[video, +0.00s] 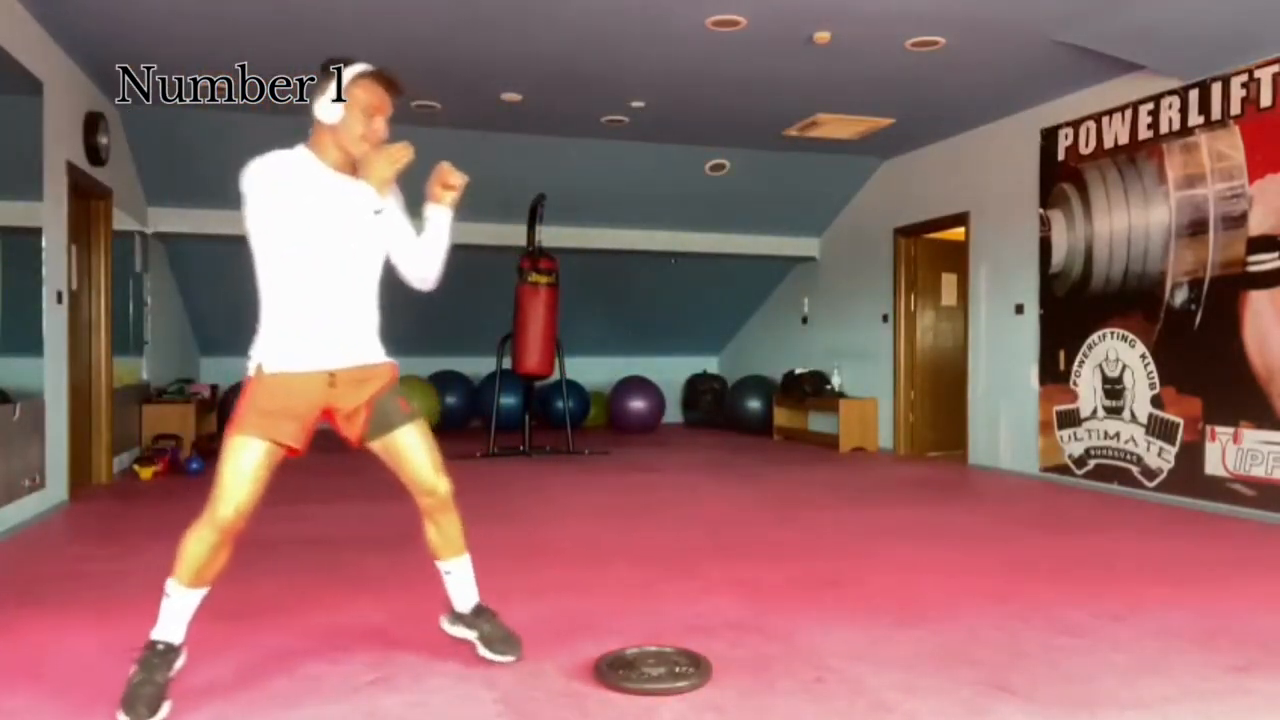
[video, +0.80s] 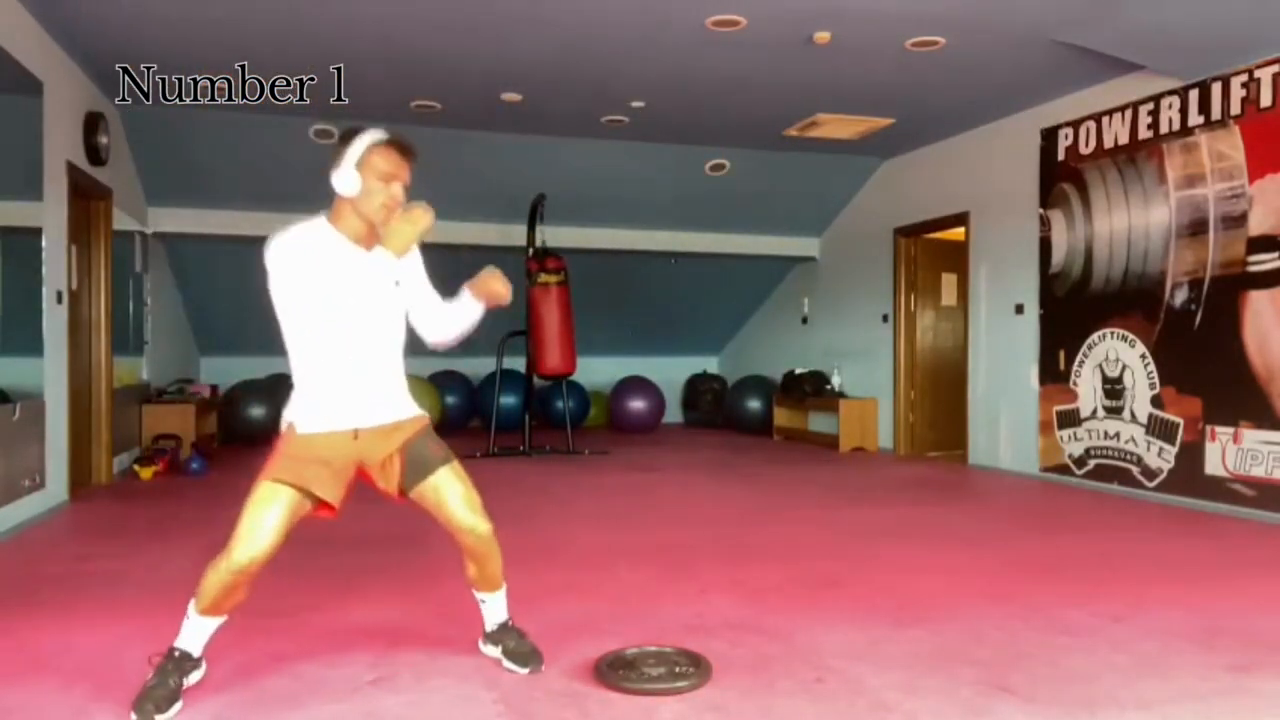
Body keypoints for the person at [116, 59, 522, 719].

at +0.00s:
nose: (380, 132)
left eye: (385, 122)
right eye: (370, 117)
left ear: (381, 125)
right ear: (328, 110)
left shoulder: (375, 191)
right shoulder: (267, 175)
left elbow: (423, 271)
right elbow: (299, 232)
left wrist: (439, 208)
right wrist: (373, 179)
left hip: (367, 374)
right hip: (282, 378)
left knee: (436, 489)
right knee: (224, 516)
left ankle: (467, 609)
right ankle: (164, 646)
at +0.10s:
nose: (345, 148)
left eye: (350, 137)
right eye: (334, 132)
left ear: (350, 143)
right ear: (295, 129)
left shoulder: (336, 213)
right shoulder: (227, 192)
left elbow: (372, 300)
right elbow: (268, 260)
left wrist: (403, 245)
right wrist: (338, 208)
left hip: (327, 387)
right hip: (246, 395)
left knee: (411, 497)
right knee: (191, 538)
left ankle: (404, 603)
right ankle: (126, 663)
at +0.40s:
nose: (341, 122)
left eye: (346, 111)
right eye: (332, 108)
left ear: (344, 117)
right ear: (288, 105)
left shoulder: (342, 176)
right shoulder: (221, 174)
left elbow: (378, 240)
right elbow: (257, 245)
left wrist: (454, 213)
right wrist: (329, 175)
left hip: (342, 369)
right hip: (254, 378)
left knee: (421, 485)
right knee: (198, 513)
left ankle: (445, 596)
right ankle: (153, 655)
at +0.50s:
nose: (365, 142)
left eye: (373, 132)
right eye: (355, 127)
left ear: (375, 134)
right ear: (315, 120)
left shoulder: (375, 191)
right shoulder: (255, 184)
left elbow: (447, 217)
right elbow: (295, 233)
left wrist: (490, 161)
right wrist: (367, 173)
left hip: (366, 376)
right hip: (279, 384)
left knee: (440, 492)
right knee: (222, 516)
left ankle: (485, 607)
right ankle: (168, 654)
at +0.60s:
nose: (405, 184)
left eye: (410, 172)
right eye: (394, 168)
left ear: (408, 177)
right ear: (355, 165)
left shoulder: (401, 232)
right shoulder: (294, 229)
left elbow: (465, 292)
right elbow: (342, 298)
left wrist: (481, 234)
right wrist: (406, 233)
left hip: (395, 410)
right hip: (312, 415)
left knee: (468, 516)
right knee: (241, 536)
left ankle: (499, 624)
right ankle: (175, 645)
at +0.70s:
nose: (420, 221)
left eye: (425, 209)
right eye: (408, 206)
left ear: (426, 214)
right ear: (369, 207)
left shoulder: (411, 279)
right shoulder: (312, 272)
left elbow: (433, 363)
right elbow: (345, 347)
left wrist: (461, 333)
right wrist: (416, 284)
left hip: (409, 435)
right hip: (333, 444)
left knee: (494, 530)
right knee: (267, 568)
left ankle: (499, 630)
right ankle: (190, 657)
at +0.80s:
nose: (399, 199)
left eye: (404, 188)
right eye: (387, 183)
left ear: (406, 193)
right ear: (347, 180)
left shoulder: (398, 252)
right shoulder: (290, 248)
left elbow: (437, 330)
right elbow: (320, 314)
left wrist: (475, 299)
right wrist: (392, 252)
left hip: (396, 425)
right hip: (315, 432)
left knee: (477, 527)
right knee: (243, 556)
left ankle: (499, 628)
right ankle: (183, 657)